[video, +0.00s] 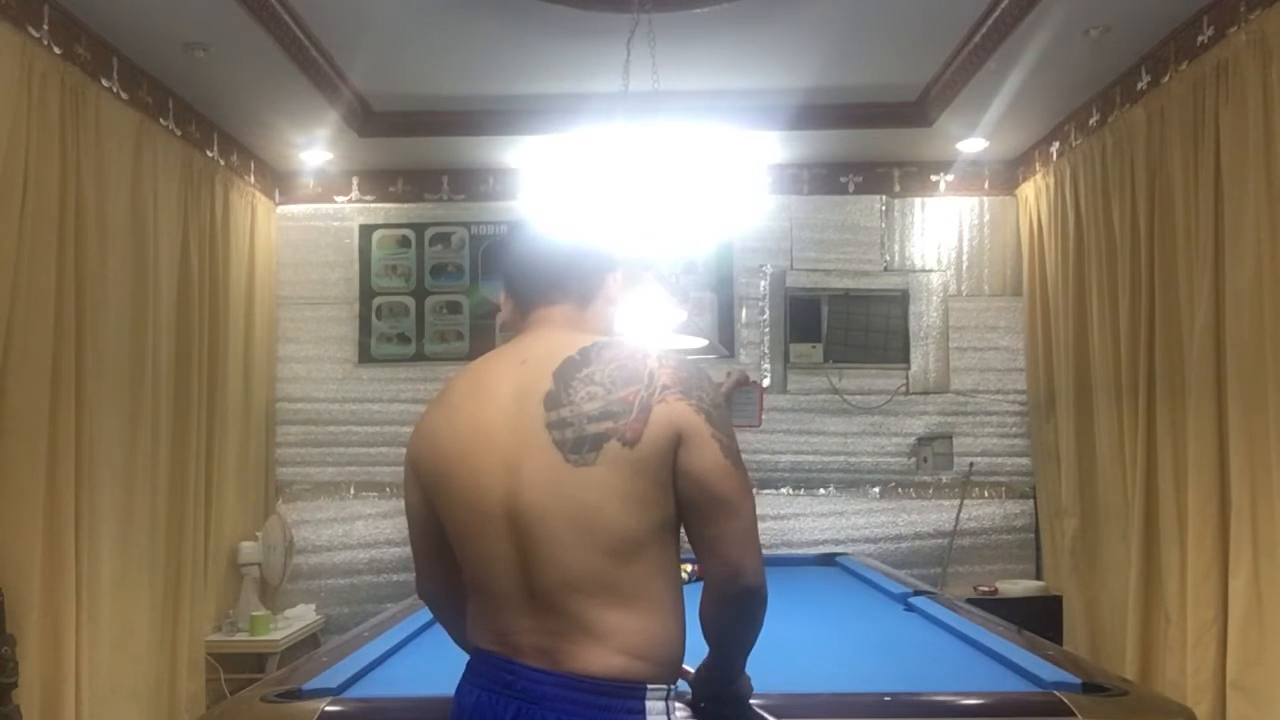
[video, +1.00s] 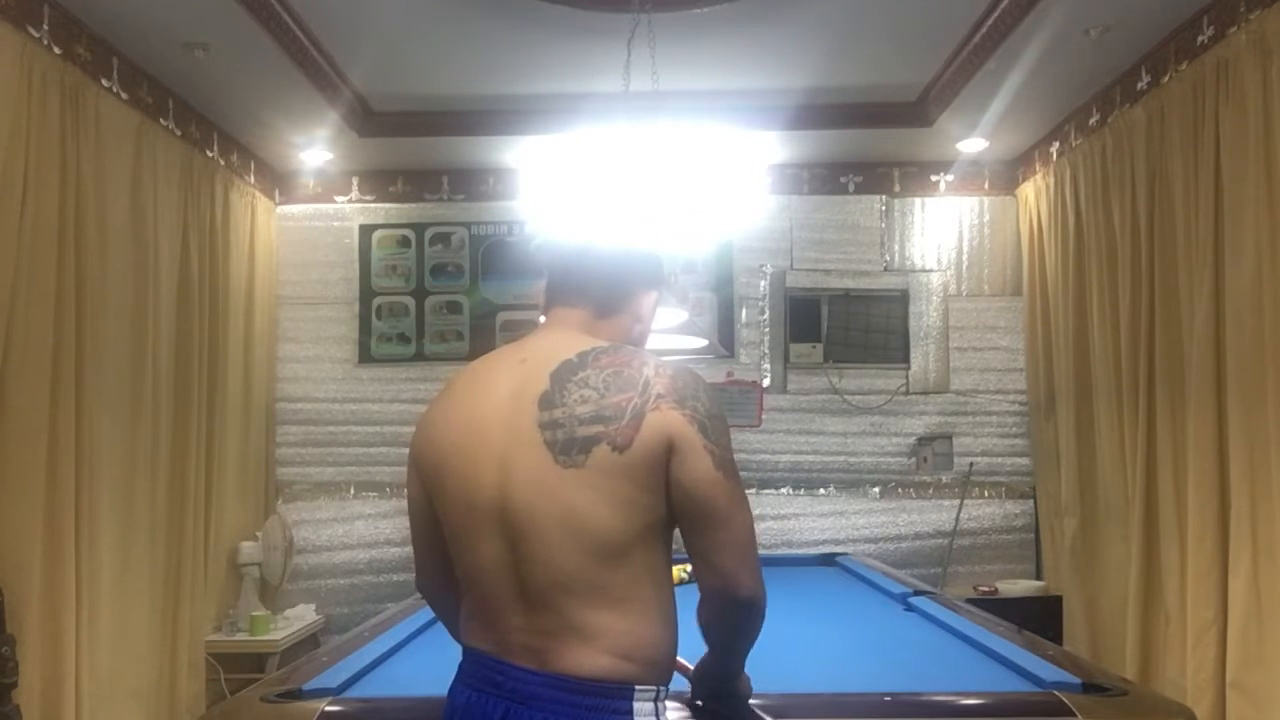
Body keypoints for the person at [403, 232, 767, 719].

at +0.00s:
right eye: (630, 282)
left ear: (507, 303)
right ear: (613, 285)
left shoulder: (443, 409)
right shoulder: (668, 385)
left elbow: (437, 585)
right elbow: (739, 578)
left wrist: (502, 658)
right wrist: (723, 673)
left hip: (486, 697)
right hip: (626, 703)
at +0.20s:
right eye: (635, 284)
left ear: (511, 299)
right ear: (617, 286)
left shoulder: (444, 407)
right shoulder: (666, 386)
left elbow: (436, 583)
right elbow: (737, 579)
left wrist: (501, 656)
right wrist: (722, 674)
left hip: (483, 696)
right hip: (623, 702)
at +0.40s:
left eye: (506, 293)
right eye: (636, 285)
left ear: (513, 296)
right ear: (621, 287)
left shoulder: (444, 406)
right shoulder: (666, 387)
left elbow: (436, 583)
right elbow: (736, 582)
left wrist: (500, 657)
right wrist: (722, 675)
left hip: (481, 696)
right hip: (620, 702)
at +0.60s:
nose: (642, 304)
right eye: (642, 290)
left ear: (528, 296)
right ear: (630, 292)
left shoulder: (445, 404)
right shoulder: (665, 389)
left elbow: (435, 582)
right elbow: (734, 586)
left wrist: (498, 654)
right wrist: (721, 675)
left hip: (480, 696)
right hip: (618, 702)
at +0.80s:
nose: (649, 307)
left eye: (651, 290)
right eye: (650, 290)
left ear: (543, 290)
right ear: (638, 292)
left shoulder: (448, 400)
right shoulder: (665, 390)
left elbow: (435, 580)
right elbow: (733, 587)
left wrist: (499, 652)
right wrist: (722, 676)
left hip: (478, 696)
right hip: (614, 703)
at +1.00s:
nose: (651, 317)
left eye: (654, 301)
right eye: (654, 300)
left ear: (546, 290)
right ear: (644, 299)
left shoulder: (450, 400)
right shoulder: (667, 393)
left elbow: (435, 579)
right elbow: (737, 590)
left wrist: (499, 651)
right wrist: (722, 670)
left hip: (479, 695)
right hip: (615, 702)